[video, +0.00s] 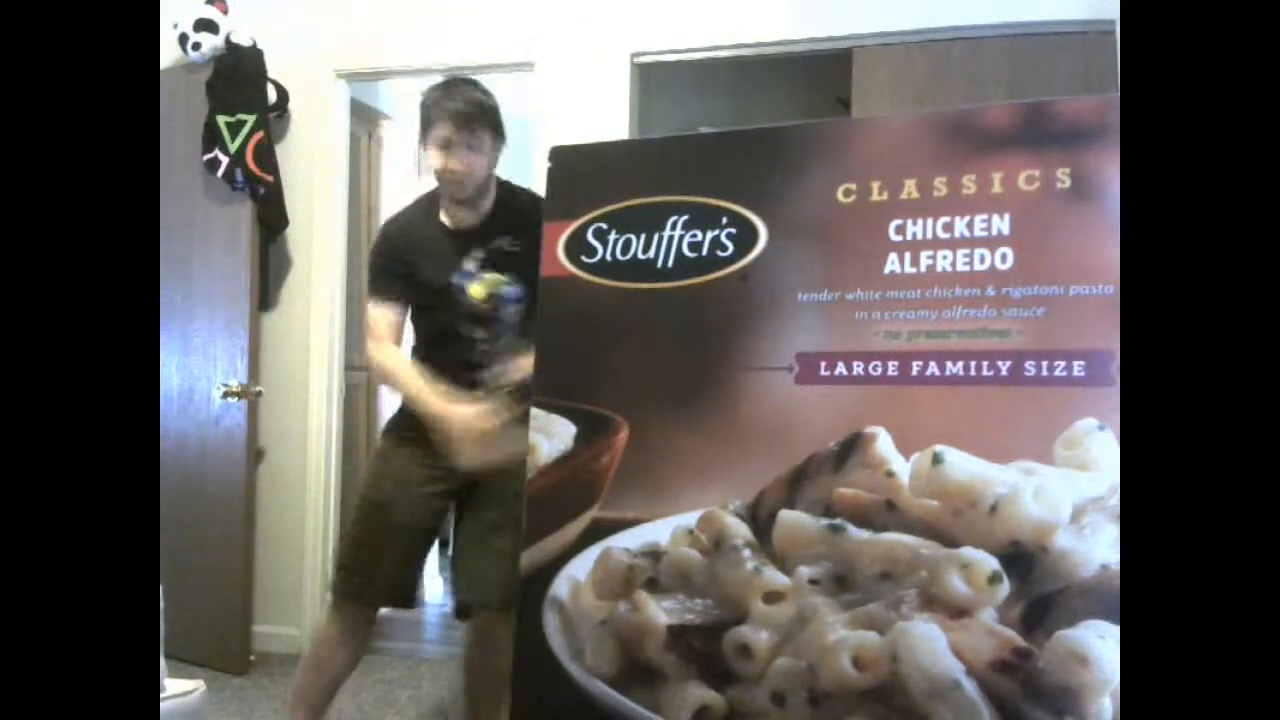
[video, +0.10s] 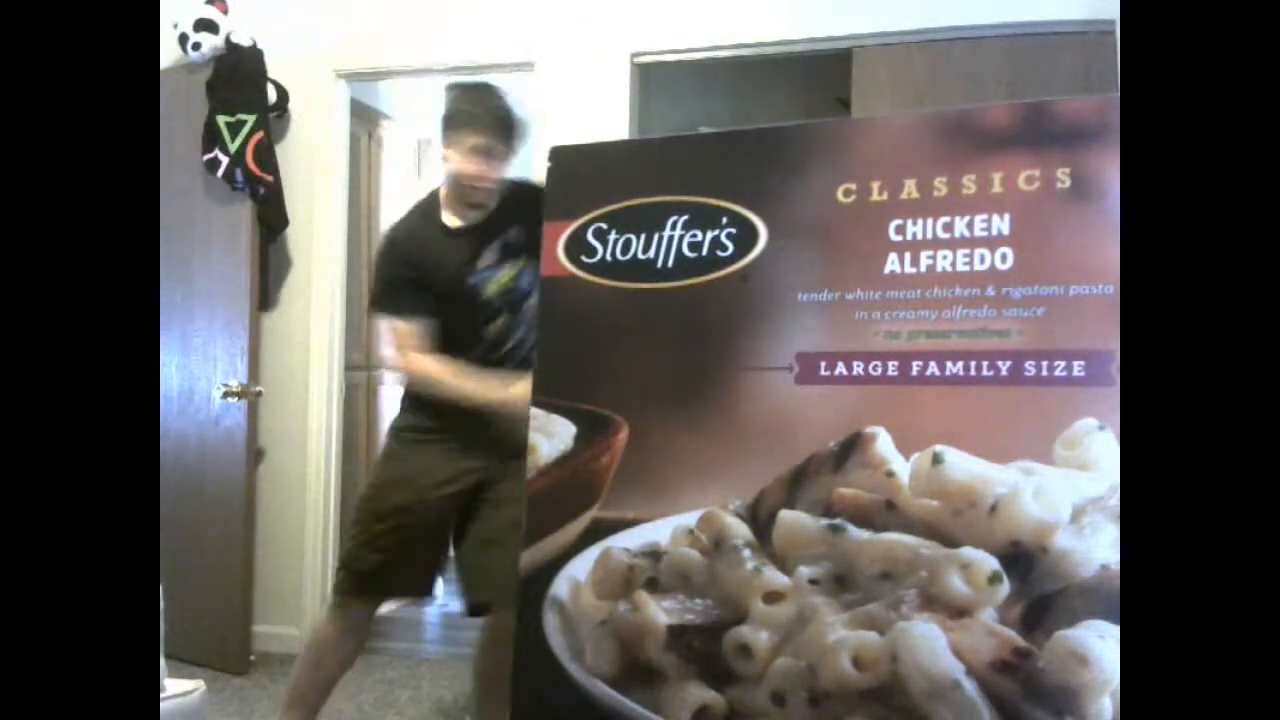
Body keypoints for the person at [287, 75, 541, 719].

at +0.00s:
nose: (452, 162)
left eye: (468, 148)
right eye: (441, 146)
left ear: (496, 152)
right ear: (425, 151)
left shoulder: (540, 225)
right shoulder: (403, 235)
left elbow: (586, 321)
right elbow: (380, 348)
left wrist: (529, 364)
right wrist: (450, 411)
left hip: (508, 428)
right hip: (424, 423)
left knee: (493, 609)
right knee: (355, 598)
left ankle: (488, 717)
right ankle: (300, 713)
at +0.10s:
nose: (485, 170)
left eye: (497, 156)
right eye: (472, 154)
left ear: (512, 156)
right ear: (443, 150)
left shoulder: (536, 211)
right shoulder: (409, 245)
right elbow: (413, 360)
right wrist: (513, 391)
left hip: (515, 444)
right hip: (431, 439)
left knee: (511, 609)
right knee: (355, 599)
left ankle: (495, 717)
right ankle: (294, 714)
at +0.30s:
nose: (543, 159)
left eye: (552, 148)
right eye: (532, 140)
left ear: (554, 152)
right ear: (487, 132)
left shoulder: (536, 211)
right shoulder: (447, 234)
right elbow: (475, 357)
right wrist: (577, 349)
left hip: (527, 424)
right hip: (457, 428)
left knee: (541, 606)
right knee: (389, 597)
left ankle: (497, 713)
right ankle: (325, 712)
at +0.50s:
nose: (545, 179)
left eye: (558, 167)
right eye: (536, 164)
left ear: (576, 175)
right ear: (515, 165)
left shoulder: (571, 245)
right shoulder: (459, 217)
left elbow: (590, 333)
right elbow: (374, 243)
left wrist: (532, 373)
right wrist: (367, 237)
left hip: (509, 419)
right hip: (434, 406)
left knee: (514, 582)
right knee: (441, 568)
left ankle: (499, 709)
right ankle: (443, 711)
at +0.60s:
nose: (517, 196)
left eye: (532, 185)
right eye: (512, 180)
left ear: (560, 190)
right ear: (504, 174)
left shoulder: (565, 258)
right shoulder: (467, 207)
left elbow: (577, 339)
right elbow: (400, 183)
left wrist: (519, 342)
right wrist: (384, 177)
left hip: (506, 422)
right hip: (437, 404)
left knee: (503, 581)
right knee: (450, 556)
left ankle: (495, 706)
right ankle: (462, 707)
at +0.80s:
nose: (480, 135)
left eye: (497, 124)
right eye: (481, 124)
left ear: (542, 139)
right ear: (485, 134)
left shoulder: (551, 227)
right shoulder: (487, 190)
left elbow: (455, 280)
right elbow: (445, 86)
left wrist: (393, 226)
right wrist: (456, 33)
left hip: (496, 418)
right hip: (416, 396)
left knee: (487, 586)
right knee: (354, 532)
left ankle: (478, 713)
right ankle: (344, 701)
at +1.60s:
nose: (446, 118)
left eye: (458, 104)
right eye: (451, 104)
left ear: (493, 116)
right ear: (496, 118)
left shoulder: (524, 201)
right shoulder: (476, 178)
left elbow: (403, 275)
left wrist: (393, 269)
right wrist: (458, 70)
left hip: (484, 418)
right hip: (411, 406)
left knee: (462, 597)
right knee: (357, 572)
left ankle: (473, 717)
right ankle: (334, 714)